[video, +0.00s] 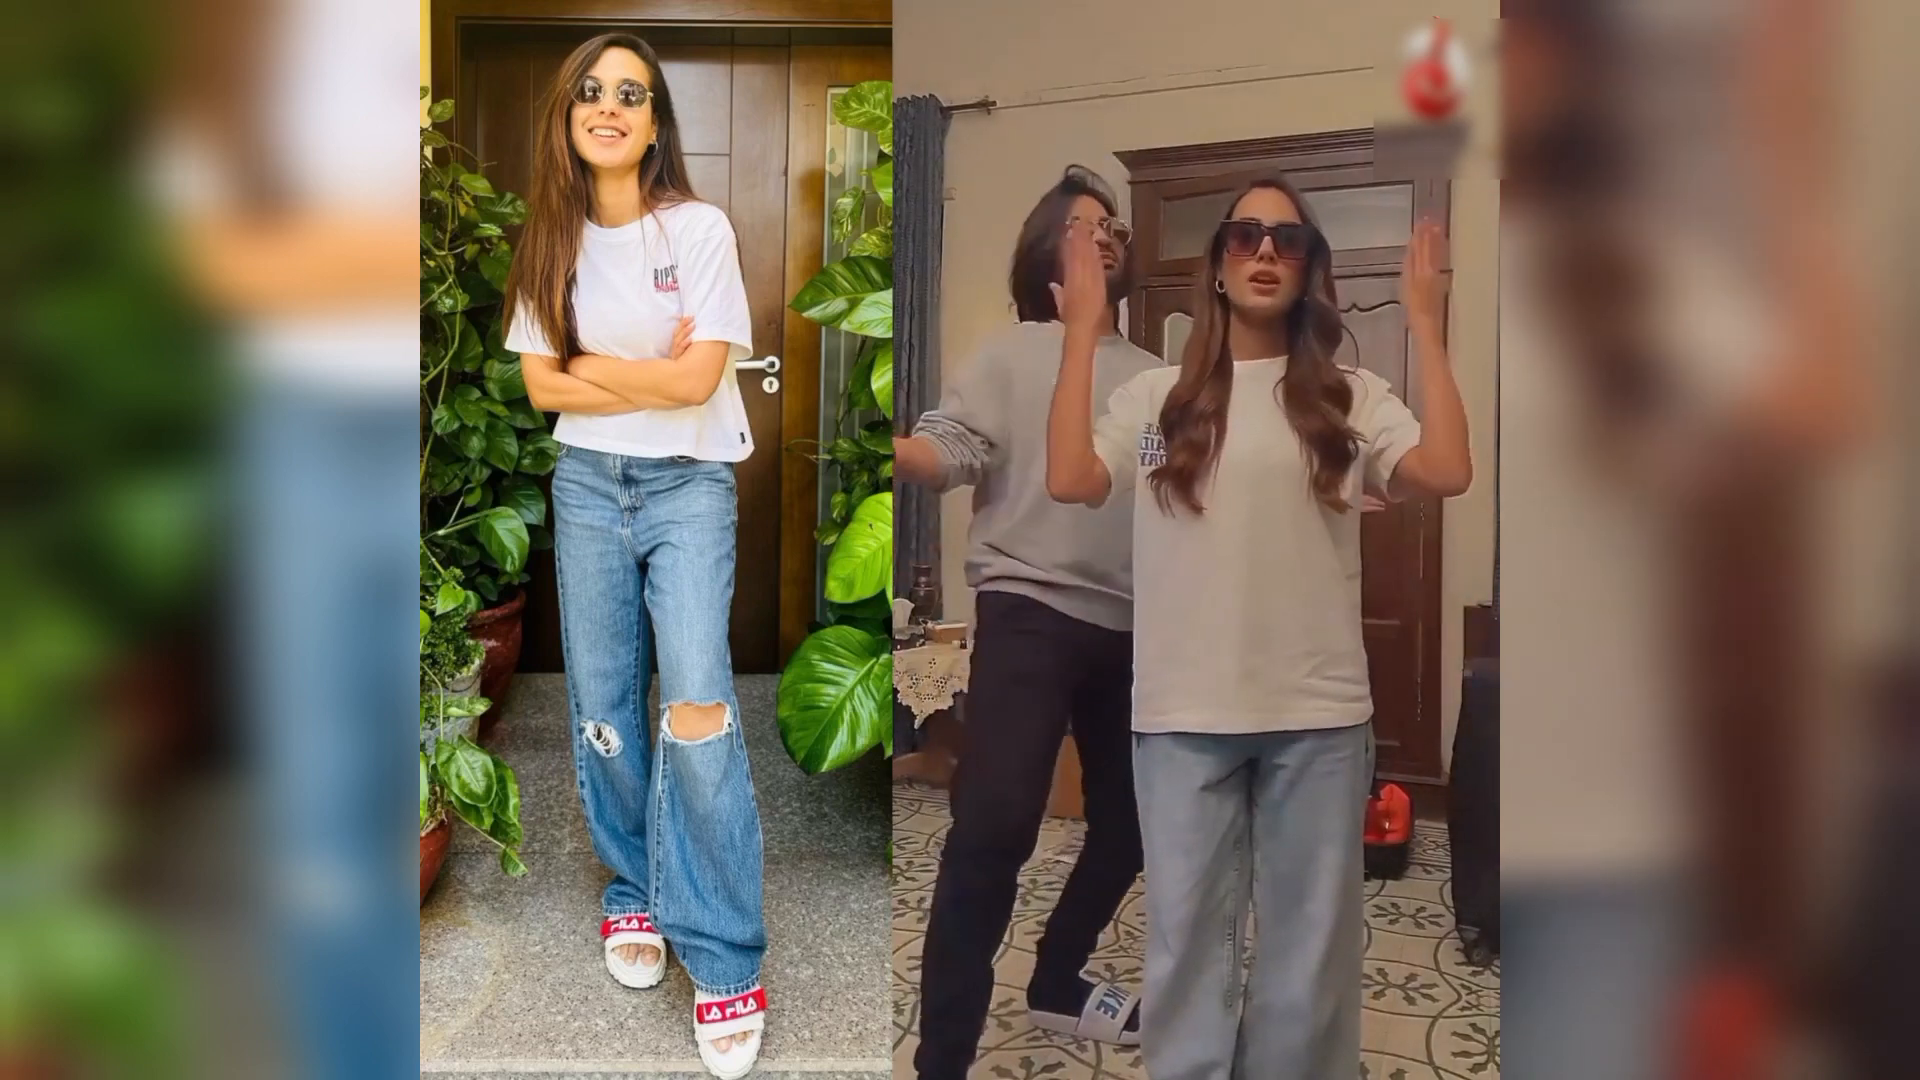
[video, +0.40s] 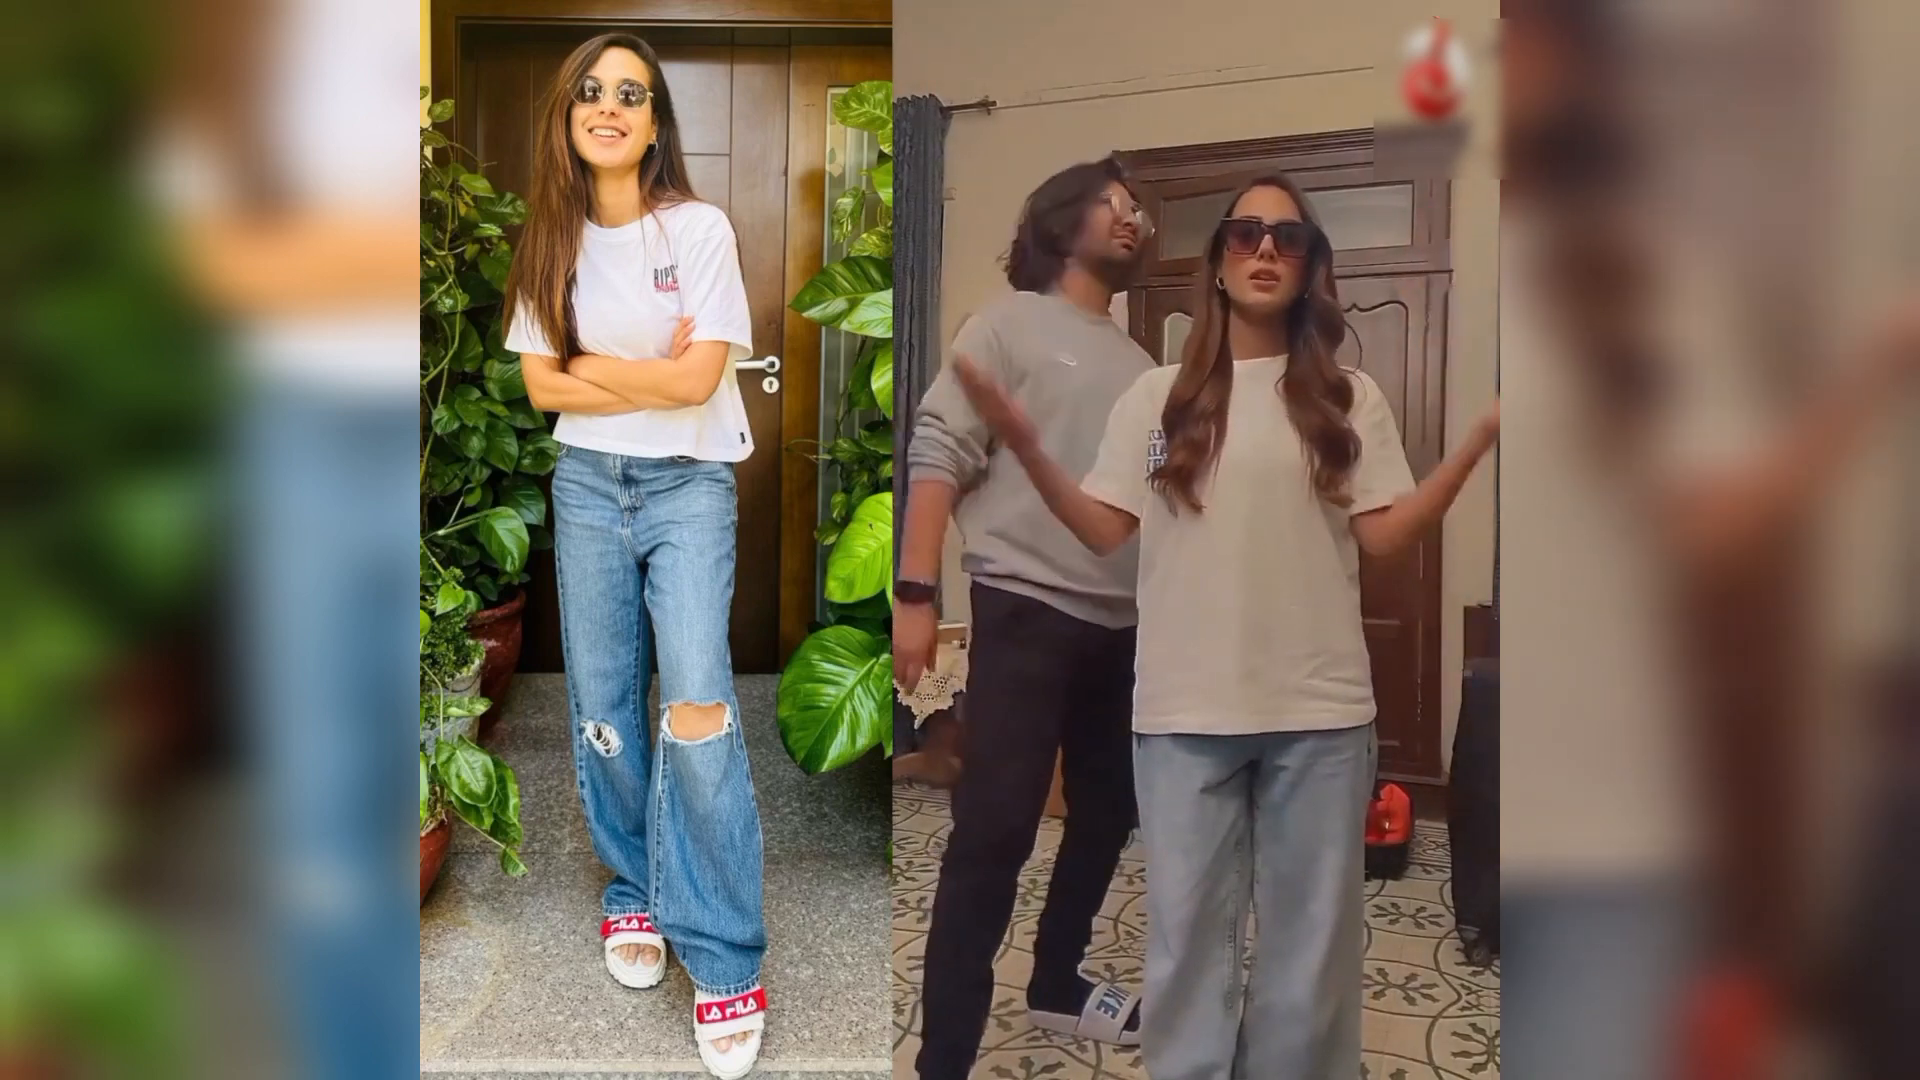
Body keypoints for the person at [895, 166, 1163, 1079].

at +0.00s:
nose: (1103, 242)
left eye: (1112, 232)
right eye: (1083, 230)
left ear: (1125, 258)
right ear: (1043, 255)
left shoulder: (1154, 373)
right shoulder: (1007, 353)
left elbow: (1186, 493)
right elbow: (954, 453)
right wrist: (884, 448)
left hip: (1129, 621)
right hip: (1025, 606)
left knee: (1125, 831)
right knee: (995, 828)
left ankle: (1057, 989)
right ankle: (943, 1062)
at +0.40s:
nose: (1135, 219)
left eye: (1136, 208)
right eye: (1115, 204)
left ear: (1129, 235)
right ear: (1063, 222)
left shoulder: (1136, 356)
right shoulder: (1007, 324)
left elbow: (1159, 493)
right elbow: (937, 454)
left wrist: (1173, 608)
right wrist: (914, 594)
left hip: (1121, 619)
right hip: (1023, 609)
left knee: (1107, 810)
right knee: (994, 831)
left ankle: (1057, 989)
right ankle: (945, 1059)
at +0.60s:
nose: (1139, 227)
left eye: (1139, 216)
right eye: (1120, 212)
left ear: (1116, 238)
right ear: (1065, 223)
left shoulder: (1119, 356)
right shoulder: (997, 314)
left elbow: (1130, 485)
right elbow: (932, 451)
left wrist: (1155, 586)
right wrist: (943, 588)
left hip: (1114, 618)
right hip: (1023, 610)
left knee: (1093, 817)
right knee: (1001, 837)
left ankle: (1056, 991)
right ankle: (948, 1059)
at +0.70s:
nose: (1135, 232)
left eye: (1137, 221)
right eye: (1120, 216)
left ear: (1126, 244)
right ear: (1065, 224)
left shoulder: (1128, 348)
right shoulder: (998, 311)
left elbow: (1199, 402)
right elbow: (934, 450)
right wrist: (941, 593)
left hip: (1119, 619)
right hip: (1023, 612)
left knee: (1091, 817)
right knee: (999, 838)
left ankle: (1056, 993)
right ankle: (947, 1062)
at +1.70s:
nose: (1122, 241)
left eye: (1136, 236)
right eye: (1108, 221)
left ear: (1140, 260)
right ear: (1067, 225)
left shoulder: (1144, 348)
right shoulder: (996, 318)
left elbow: (1236, 310)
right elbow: (940, 451)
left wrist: (1235, 192)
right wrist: (947, 592)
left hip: (1126, 616)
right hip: (1023, 604)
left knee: (1106, 820)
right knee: (1001, 837)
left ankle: (1056, 989)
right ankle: (942, 1062)